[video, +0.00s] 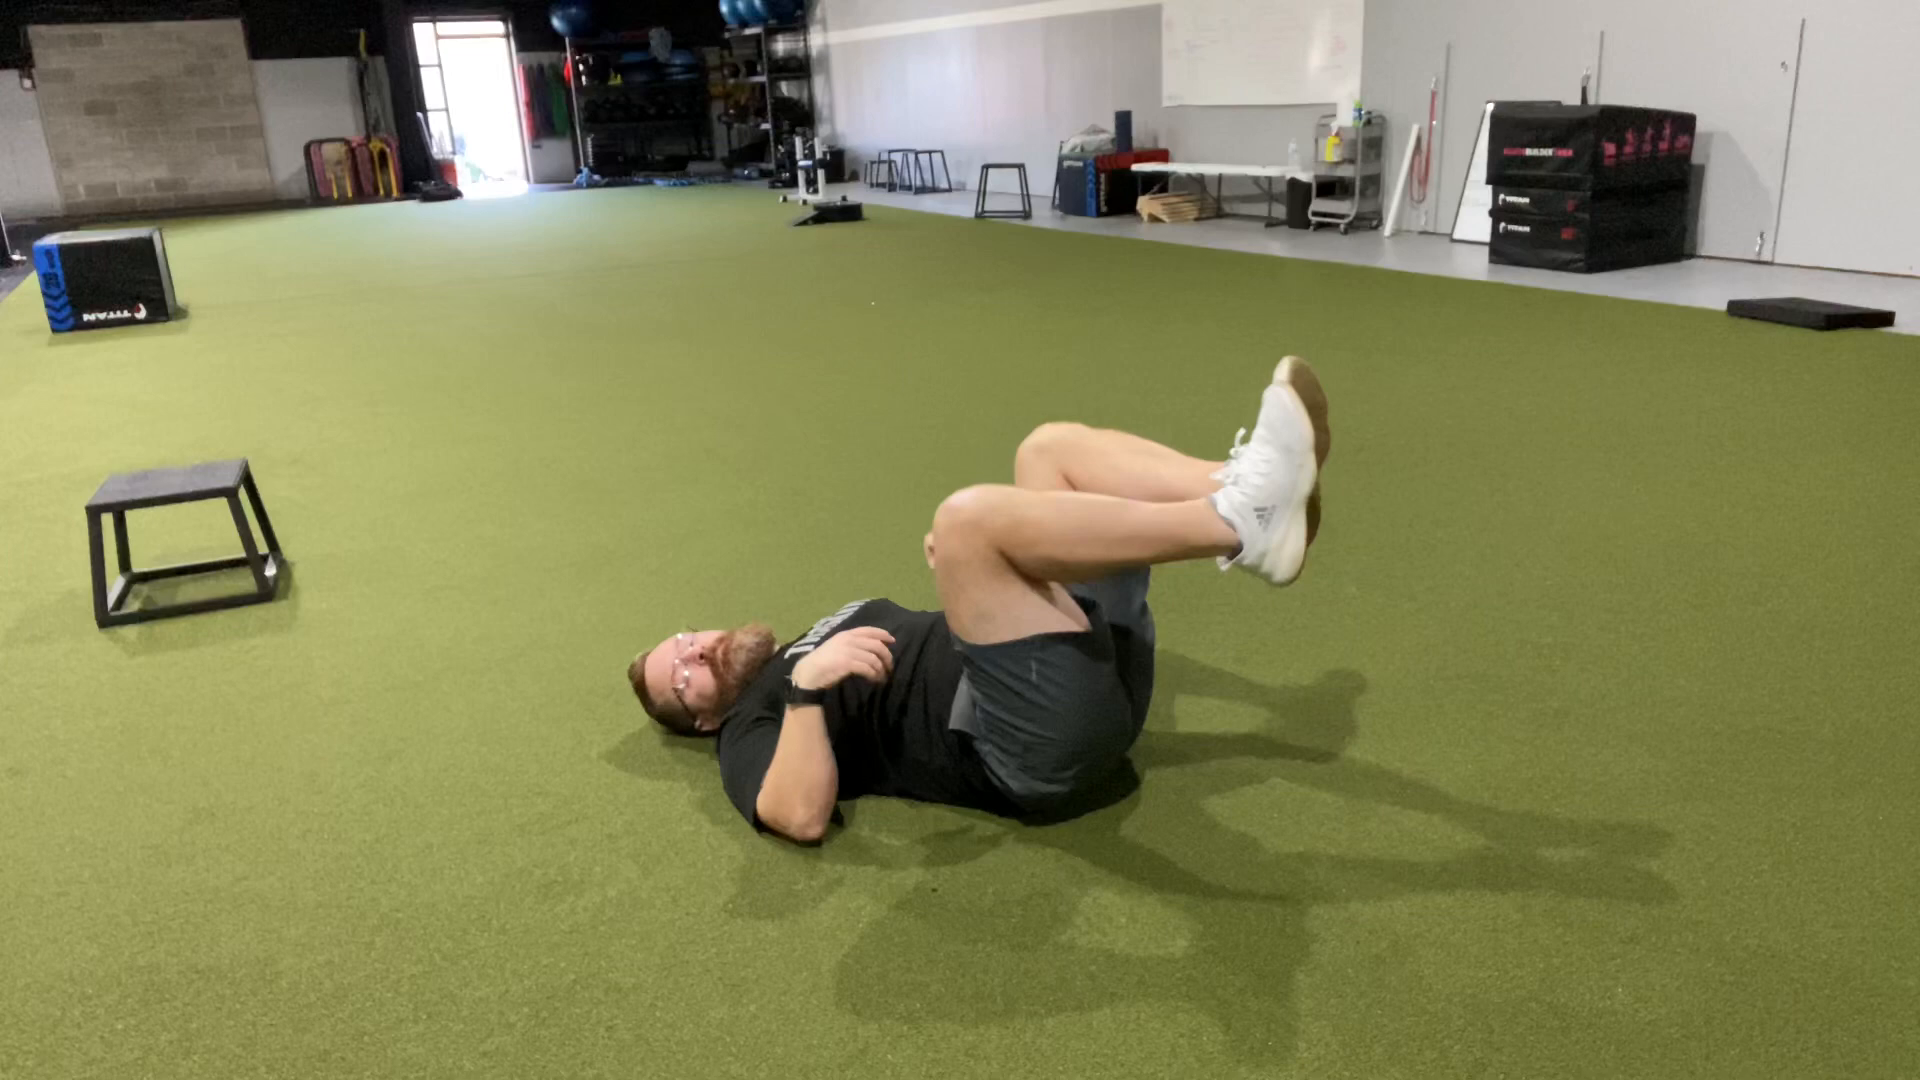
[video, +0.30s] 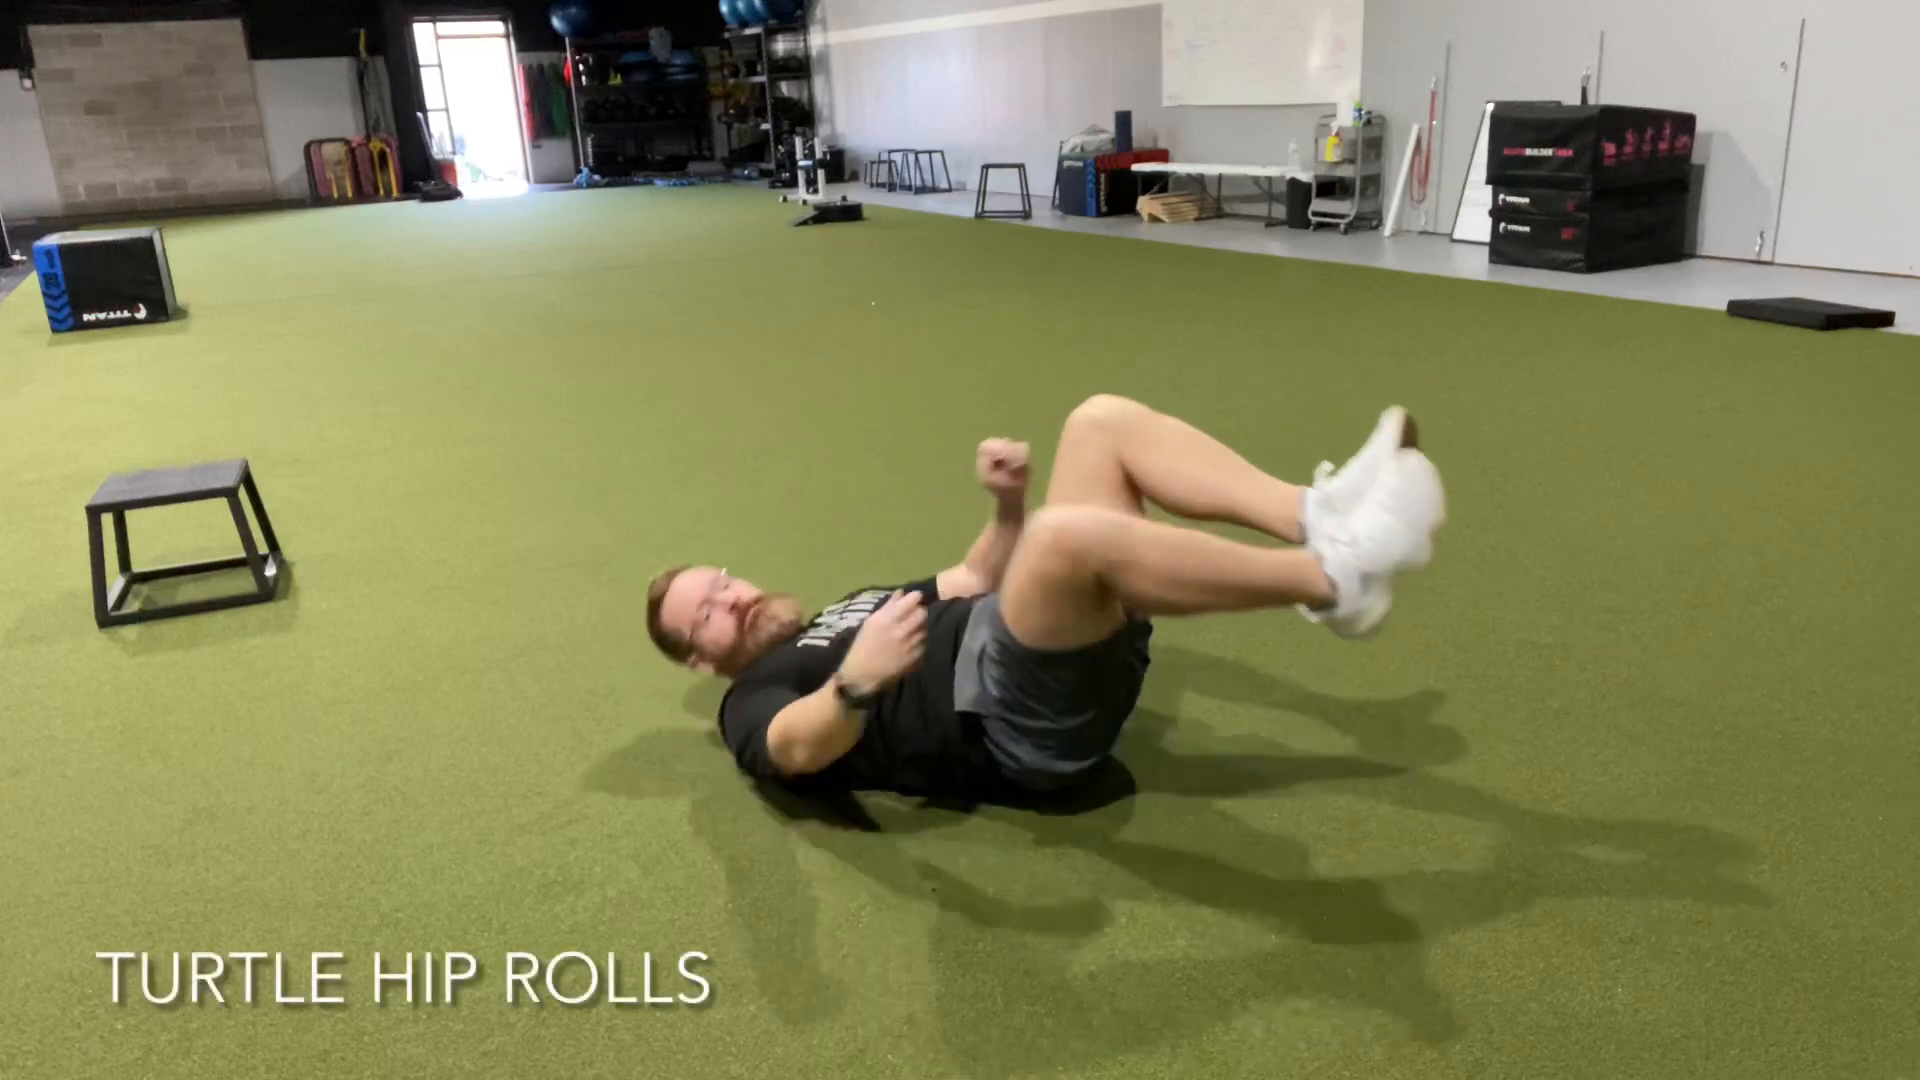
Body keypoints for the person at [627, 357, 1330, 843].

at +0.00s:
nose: (698, 649)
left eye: (689, 642)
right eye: (685, 675)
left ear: (722, 626)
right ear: (704, 713)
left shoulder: (838, 625)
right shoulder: (753, 738)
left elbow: (946, 637)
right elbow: (798, 818)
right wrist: (805, 691)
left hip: (1089, 678)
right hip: (1031, 746)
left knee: (1050, 447)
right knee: (961, 524)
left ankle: (1247, 506)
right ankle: (1235, 522)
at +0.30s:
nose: (728, 597)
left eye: (720, 583)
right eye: (706, 616)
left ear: (749, 580)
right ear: (707, 660)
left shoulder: (853, 612)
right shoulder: (753, 711)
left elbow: (969, 583)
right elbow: (798, 750)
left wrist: (1009, 506)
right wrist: (856, 684)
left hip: (1037, 642)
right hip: (1006, 730)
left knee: (1099, 424)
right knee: (1065, 541)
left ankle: (1313, 513)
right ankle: (1330, 582)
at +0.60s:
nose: (828, 513)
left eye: (827, 493)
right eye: (798, 511)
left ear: (841, 493)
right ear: (757, 545)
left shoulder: (904, 540)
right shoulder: (792, 647)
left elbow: (1030, 513)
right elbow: (892, 680)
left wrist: (1139, 472)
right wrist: (1004, 647)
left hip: (1079, 649)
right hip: (1030, 744)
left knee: (1232, 500)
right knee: (1177, 685)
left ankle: (1457, 626)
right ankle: (1436, 720)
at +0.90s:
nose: (963, 431)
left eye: (970, 408)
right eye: (934, 420)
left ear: (987, 400)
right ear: (883, 437)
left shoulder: (1030, 473)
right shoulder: (885, 566)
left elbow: (1175, 507)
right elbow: (906, 728)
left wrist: (1310, 528)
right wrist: (1050, 798)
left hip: (1140, 654)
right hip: (1071, 747)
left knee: (1332, 567)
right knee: (1216, 788)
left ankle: (1517, 740)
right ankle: (1441, 832)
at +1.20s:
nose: (1098, 405)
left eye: (1109, 380)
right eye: (1069, 389)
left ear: (1127, 370)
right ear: (1014, 400)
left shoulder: (1168, 466)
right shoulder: (975, 549)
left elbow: (1311, 533)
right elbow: (909, 706)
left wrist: (1446, 592)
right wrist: (989, 843)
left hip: (1204, 668)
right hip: (1109, 754)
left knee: (1365, 568)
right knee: (1248, 830)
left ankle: (1538, 747)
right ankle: (1451, 845)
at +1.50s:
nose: (1207, 409)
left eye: (1217, 381)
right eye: (1178, 389)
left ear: (1227, 366)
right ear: (1104, 383)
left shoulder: (1261, 463)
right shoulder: (1034, 532)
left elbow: (1407, 549)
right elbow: (975, 692)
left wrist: (1548, 632)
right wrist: (987, 848)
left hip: (1254, 669)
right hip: (1142, 748)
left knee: (1394, 566)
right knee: (1243, 884)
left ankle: (1537, 751)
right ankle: (1445, 846)